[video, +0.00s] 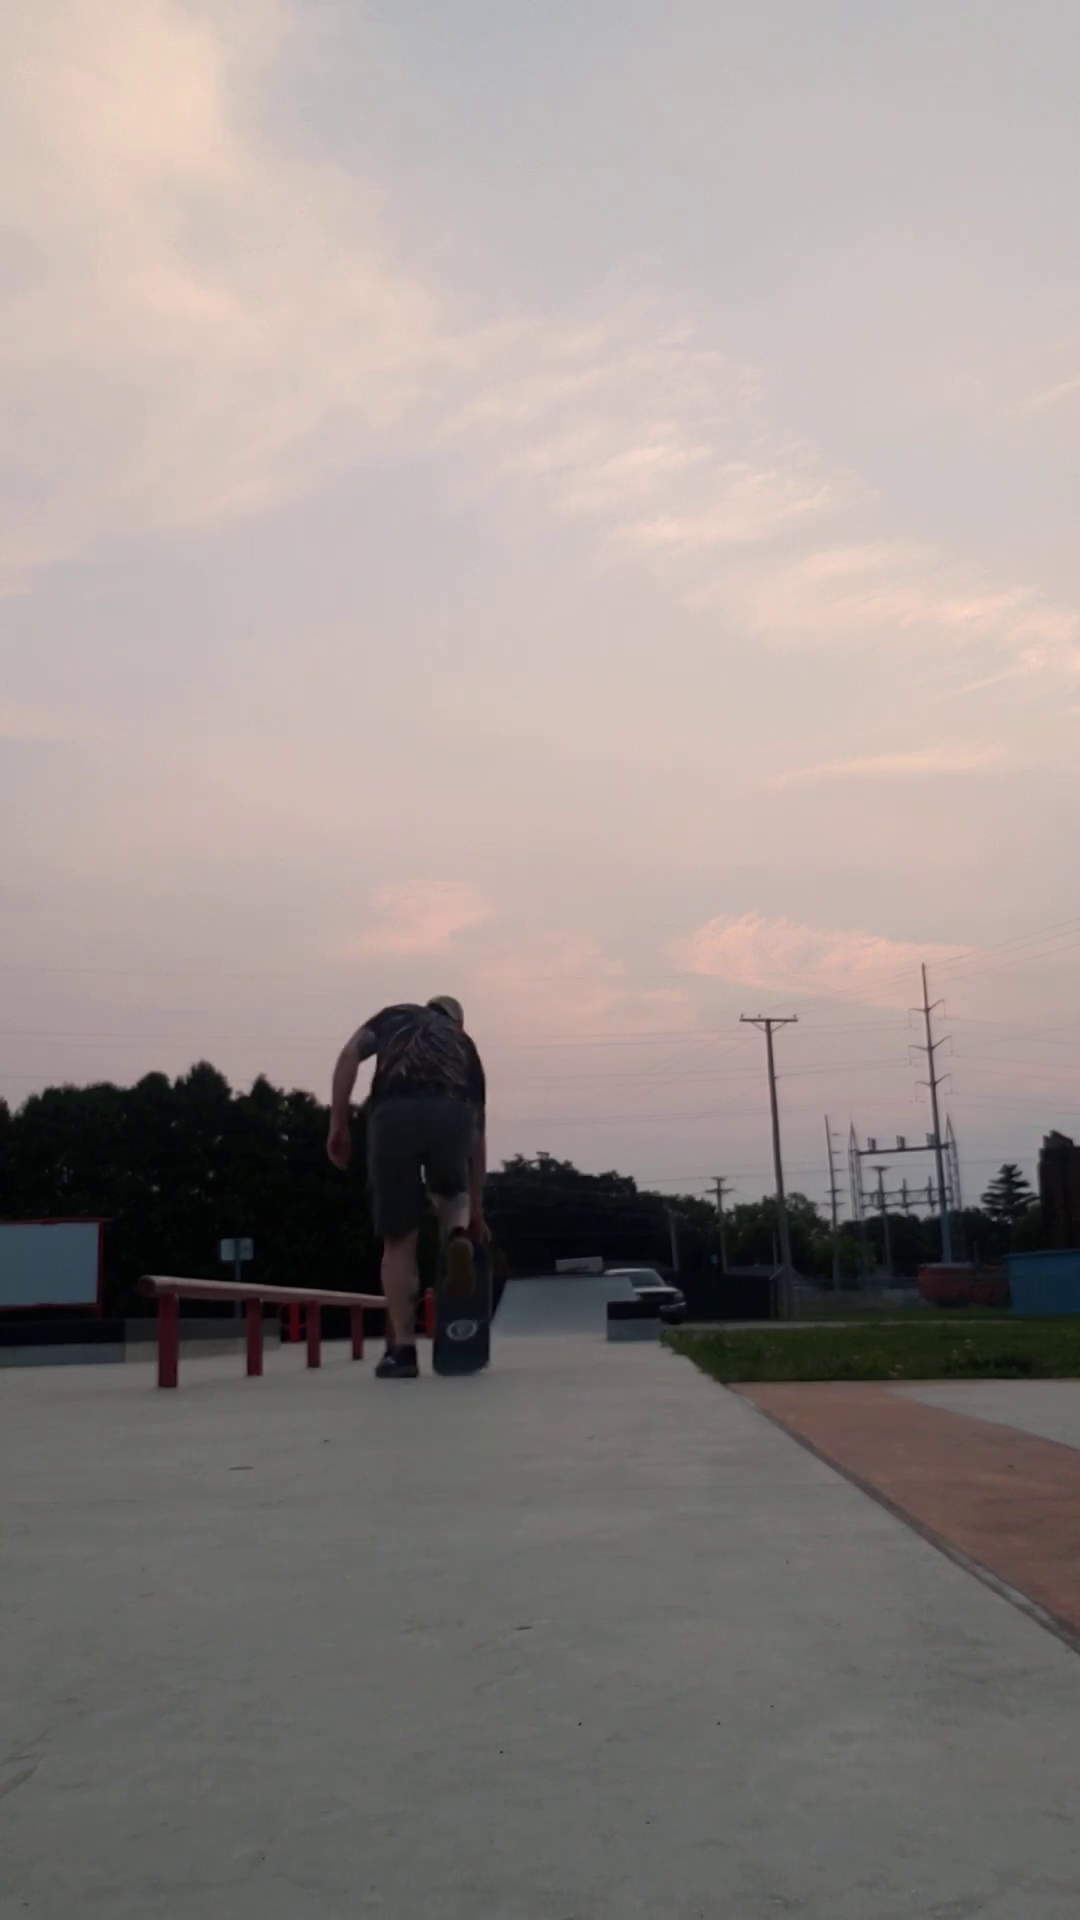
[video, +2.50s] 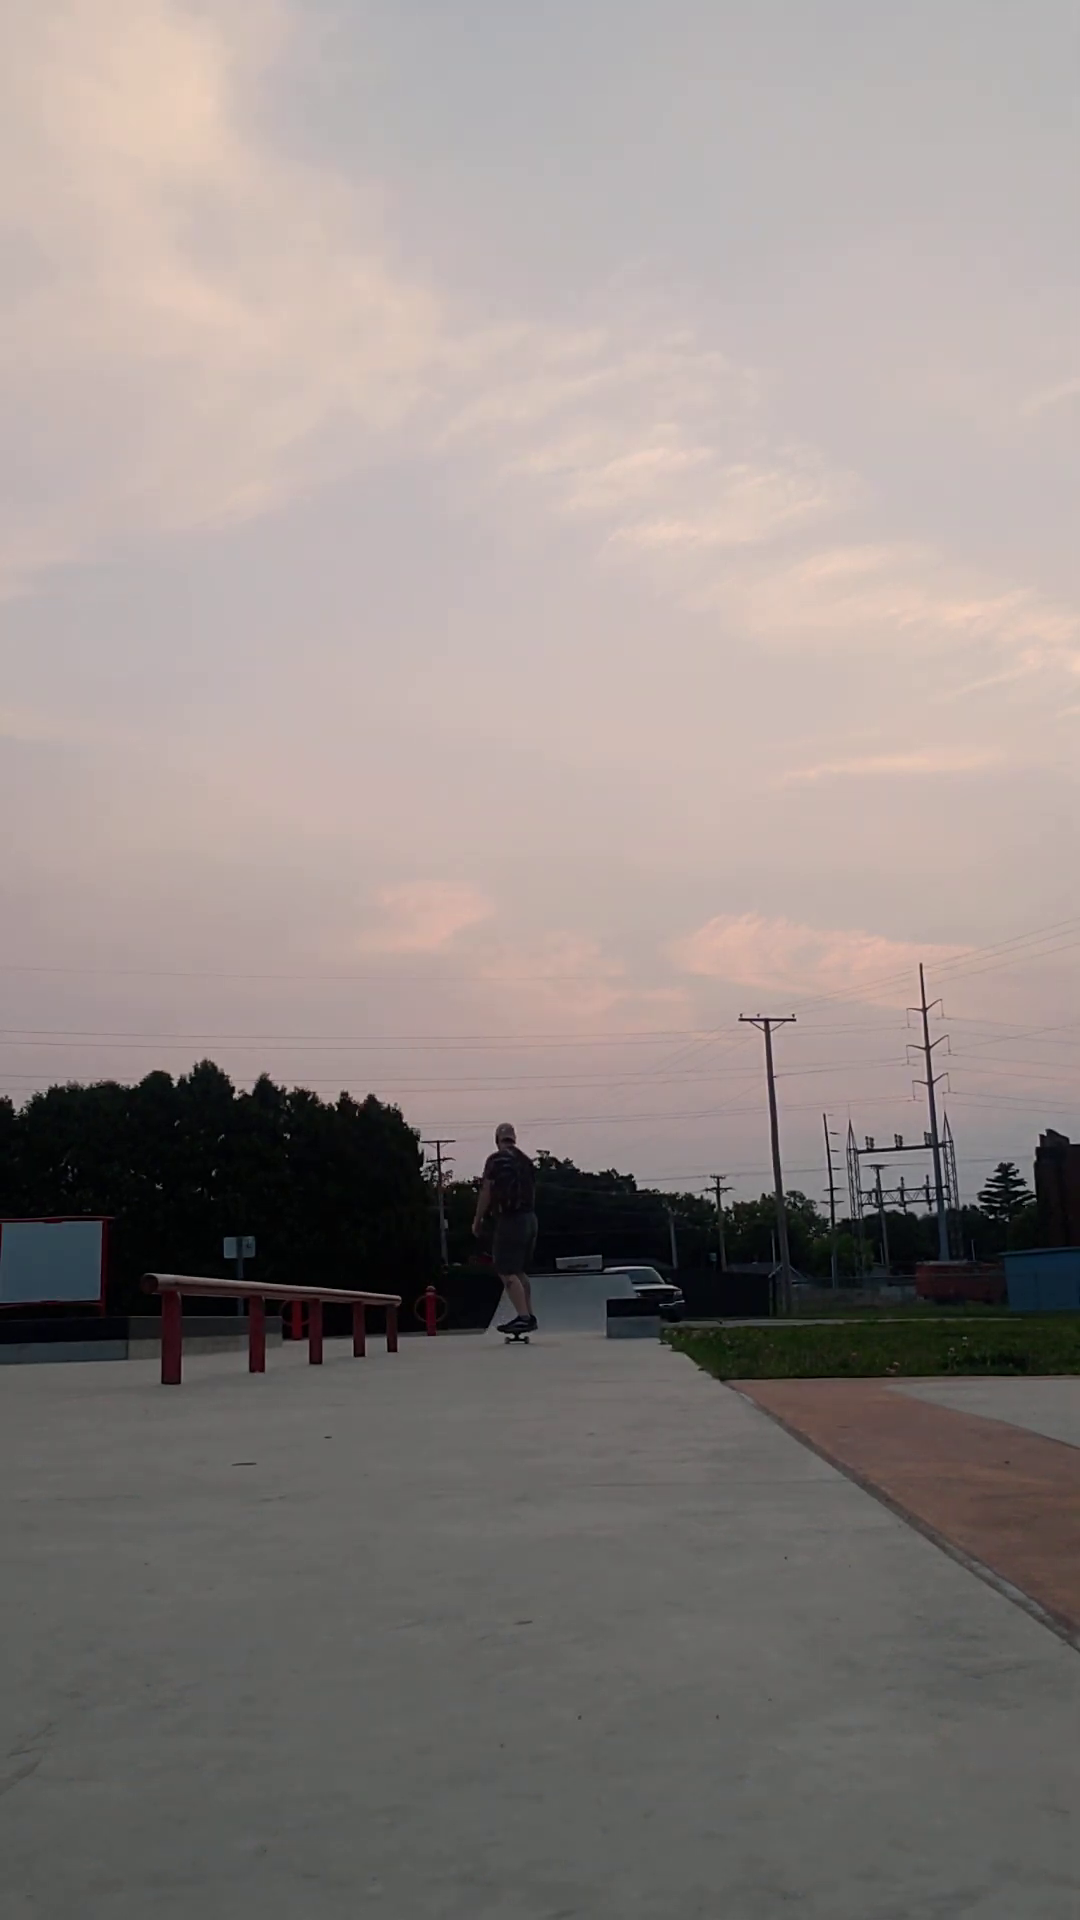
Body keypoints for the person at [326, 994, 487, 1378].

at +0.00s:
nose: (455, 1023)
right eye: (457, 1020)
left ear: (426, 1008)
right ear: (458, 1022)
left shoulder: (398, 1014)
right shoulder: (467, 1045)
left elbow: (349, 1055)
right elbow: (477, 1138)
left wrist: (338, 1122)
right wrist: (476, 1209)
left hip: (391, 1120)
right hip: (451, 1119)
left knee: (399, 1237)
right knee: (452, 1195)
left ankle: (403, 1350)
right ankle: (458, 1241)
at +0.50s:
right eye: (479, 1040)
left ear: (448, 1033)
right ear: (480, 1041)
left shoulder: (424, 1049)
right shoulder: (492, 1070)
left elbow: (374, 1080)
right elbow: (504, 1141)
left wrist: (348, 1132)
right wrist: (496, 1193)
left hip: (425, 1148)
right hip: (474, 1150)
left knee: (420, 1236)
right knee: (468, 1230)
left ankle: (409, 1278)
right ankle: (478, 1320)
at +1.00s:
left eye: (447, 1096)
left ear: (444, 1096)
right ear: (473, 1097)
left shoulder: (429, 1120)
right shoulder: (490, 1121)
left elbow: (419, 1178)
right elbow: (490, 1169)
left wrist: (423, 1225)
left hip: (446, 1193)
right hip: (488, 1193)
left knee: (441, 1265)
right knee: (473, 1248)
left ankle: (449, 1331)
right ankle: (485, 1319)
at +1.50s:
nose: (479, 1094)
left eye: (474, 1090)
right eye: (485, 1091)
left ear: (472, 1090)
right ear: (496, 1090)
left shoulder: (465, 1117)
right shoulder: (514, 1119)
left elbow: (452, 1163)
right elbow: (519, 1163)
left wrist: (454, 1199)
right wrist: (515, 1193)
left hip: (481, 1193)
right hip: (513, 1194)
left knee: (461, 1255)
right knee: (497, 1257)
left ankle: (501, 1306)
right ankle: (497, 1321)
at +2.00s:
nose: (489, 1115)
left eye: (488, 1111)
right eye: (496, 1110)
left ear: (487, 1111)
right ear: (508, 1110)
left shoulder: (488, 1133)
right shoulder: (521, 1138)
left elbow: (483, 1165)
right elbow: (525, 1181)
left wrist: (464, 1199)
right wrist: (525, 1217)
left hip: (498, 1205)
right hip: (519, 1206)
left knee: (494, 1261)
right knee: (508, 1263)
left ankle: (516, 1316)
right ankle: (516, 1315)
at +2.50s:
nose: (502, 1144)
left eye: (500, 1140)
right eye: (506, 1140)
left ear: (497, 1140)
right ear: (515, 1139)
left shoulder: (495, 1160)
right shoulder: (526, 1160)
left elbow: (486, 1190)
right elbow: (529, 1191)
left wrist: (478, 1218)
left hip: (508, 1219)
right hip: (528, 1217)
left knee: (506, 1270)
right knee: (519, 1270)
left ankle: (523, 1315)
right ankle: (528, 1315)